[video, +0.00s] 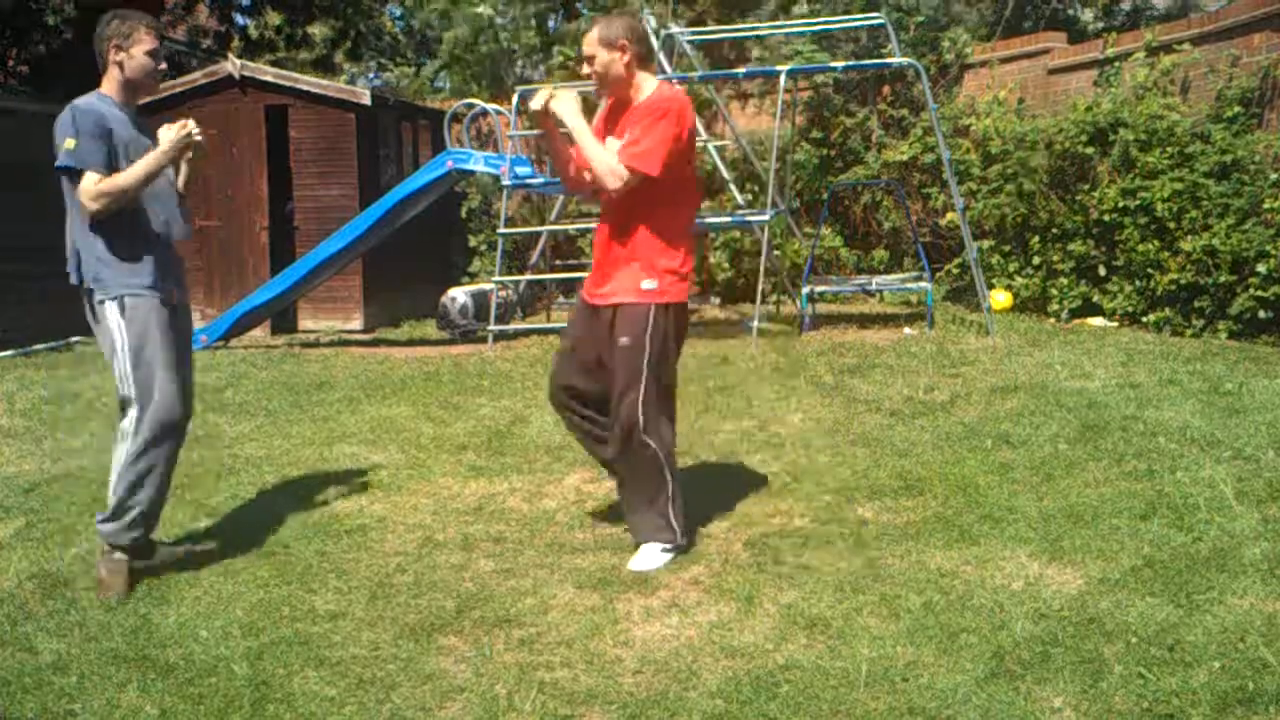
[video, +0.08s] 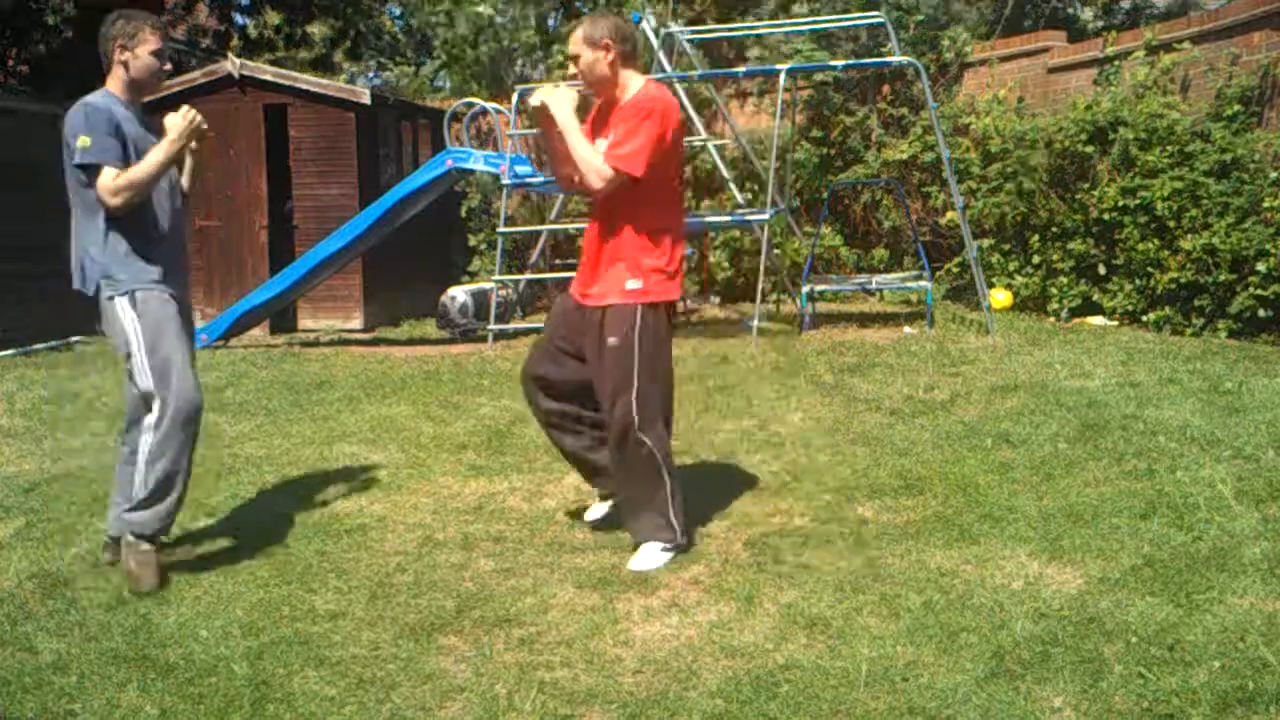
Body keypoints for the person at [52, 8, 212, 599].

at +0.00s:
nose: (163, 64)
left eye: (163, 54)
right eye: (154, 54)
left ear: (128, 57)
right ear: (118, 55)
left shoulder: (139, 125)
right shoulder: (85, 113)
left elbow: (164, 208)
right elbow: (94, 197)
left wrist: (183, 155)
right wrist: (164, 152)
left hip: (162, 284)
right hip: (123, 286)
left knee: (172, 409)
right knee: (157, 406)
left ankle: (138, 540)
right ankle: (117, 538)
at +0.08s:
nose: (166, 64)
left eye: (166, 55)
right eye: (158, 54)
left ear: (131, 57)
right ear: (123, 55)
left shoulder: (141, 121)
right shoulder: (92, 112)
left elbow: (171, 199)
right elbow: (112, 192)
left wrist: (187, 144)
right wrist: (171, 142)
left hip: (161, 279)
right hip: (130, 281)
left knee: (151, 406)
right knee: (180, 398)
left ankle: (123, 531)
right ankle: (142, 529)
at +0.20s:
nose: (177, 63)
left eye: (177, 53)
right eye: (168, 53)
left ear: (147, 57)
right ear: (133, 56)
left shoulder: (151, 116)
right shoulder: (110, 110)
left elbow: (181, 191)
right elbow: (142, 185)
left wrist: (194, 135)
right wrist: (190, 130)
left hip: (162, 276)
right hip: (141, 278)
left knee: (155, 404)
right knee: (204, 391)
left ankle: (126, 534)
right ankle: (207, 538)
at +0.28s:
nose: (185, 66)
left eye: (185, 56)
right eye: (177, 56)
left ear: (149, 58)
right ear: (142, 56)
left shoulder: (151, 115)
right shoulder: (119, 110)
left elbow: (187, 191)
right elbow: (154, 186)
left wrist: (199, 133)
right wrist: (196, 132)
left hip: (162, 277)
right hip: (151, 281)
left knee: (161, 404)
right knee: (209, 396)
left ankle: (126, 534)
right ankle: (240, 540)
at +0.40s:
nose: (201, 71)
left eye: (201, 61)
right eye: (193, 60)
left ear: (166, 63)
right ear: (158, 62)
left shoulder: (165, 121)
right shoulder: (134, 115)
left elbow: (197, 206)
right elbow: (168, 196)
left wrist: (217, 149)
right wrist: (205, 136)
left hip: (180, 282)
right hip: (172, 286)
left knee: (176, 411)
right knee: (232, 403)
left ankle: (130, 534)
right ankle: (274, 540)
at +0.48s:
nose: (207, 72)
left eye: (208, 61)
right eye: (199, 60)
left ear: (172, 64)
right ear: (163, 61)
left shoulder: (176, 124)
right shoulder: (137, 119)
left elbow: (212, 208)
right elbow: (173, 199)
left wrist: (242, 153)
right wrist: (208, 138)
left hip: (193, 285)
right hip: (180, 289)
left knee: (188, 413)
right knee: (247, 406)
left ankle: (131, 533)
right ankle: (276, 542)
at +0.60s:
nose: (219, 68)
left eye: (220, 58)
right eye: (209, 58)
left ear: (188, 62)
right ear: (173, 60)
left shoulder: (208, 123)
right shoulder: (136, 120)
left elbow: (278, 167)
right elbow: (149, 206)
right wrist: (195, 139)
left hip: (213, 284)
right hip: (187, 286)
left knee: (207, 410)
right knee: (251, 402)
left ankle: (136, 527)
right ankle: (273, 542)